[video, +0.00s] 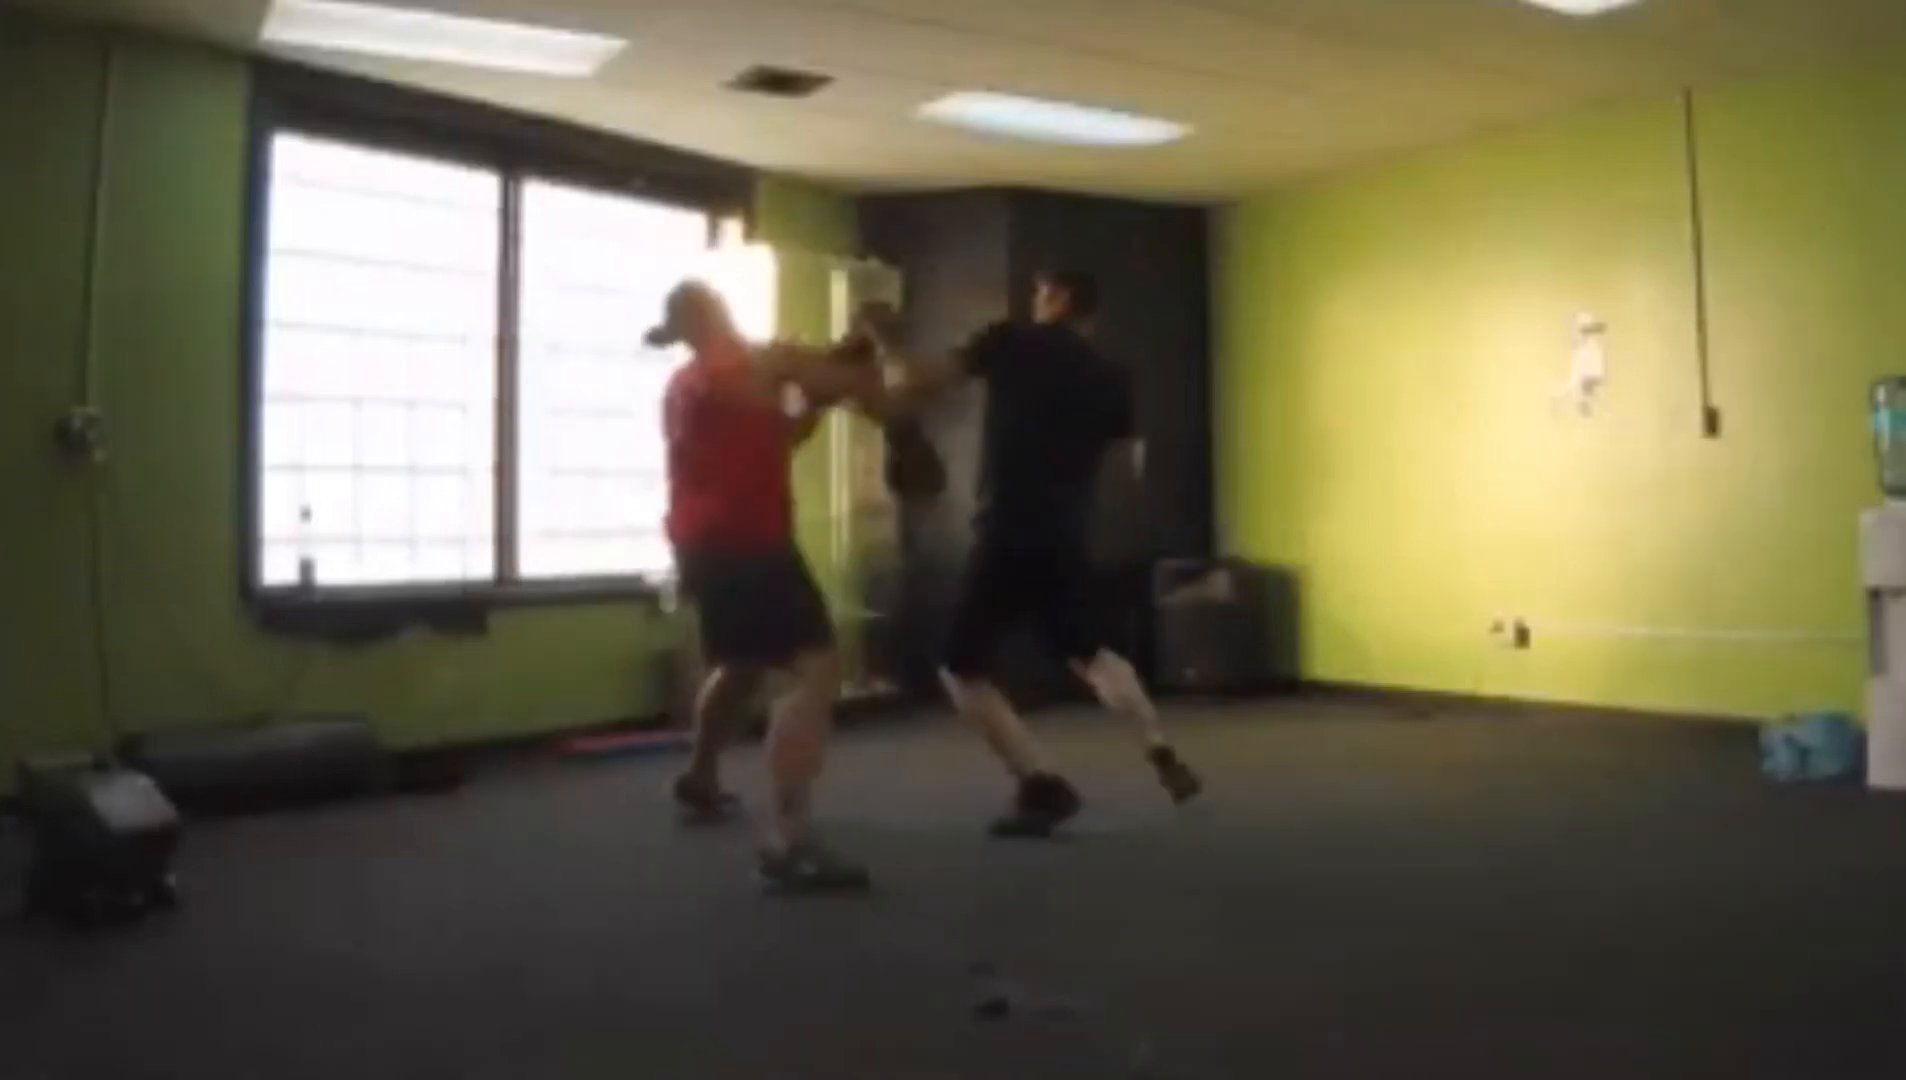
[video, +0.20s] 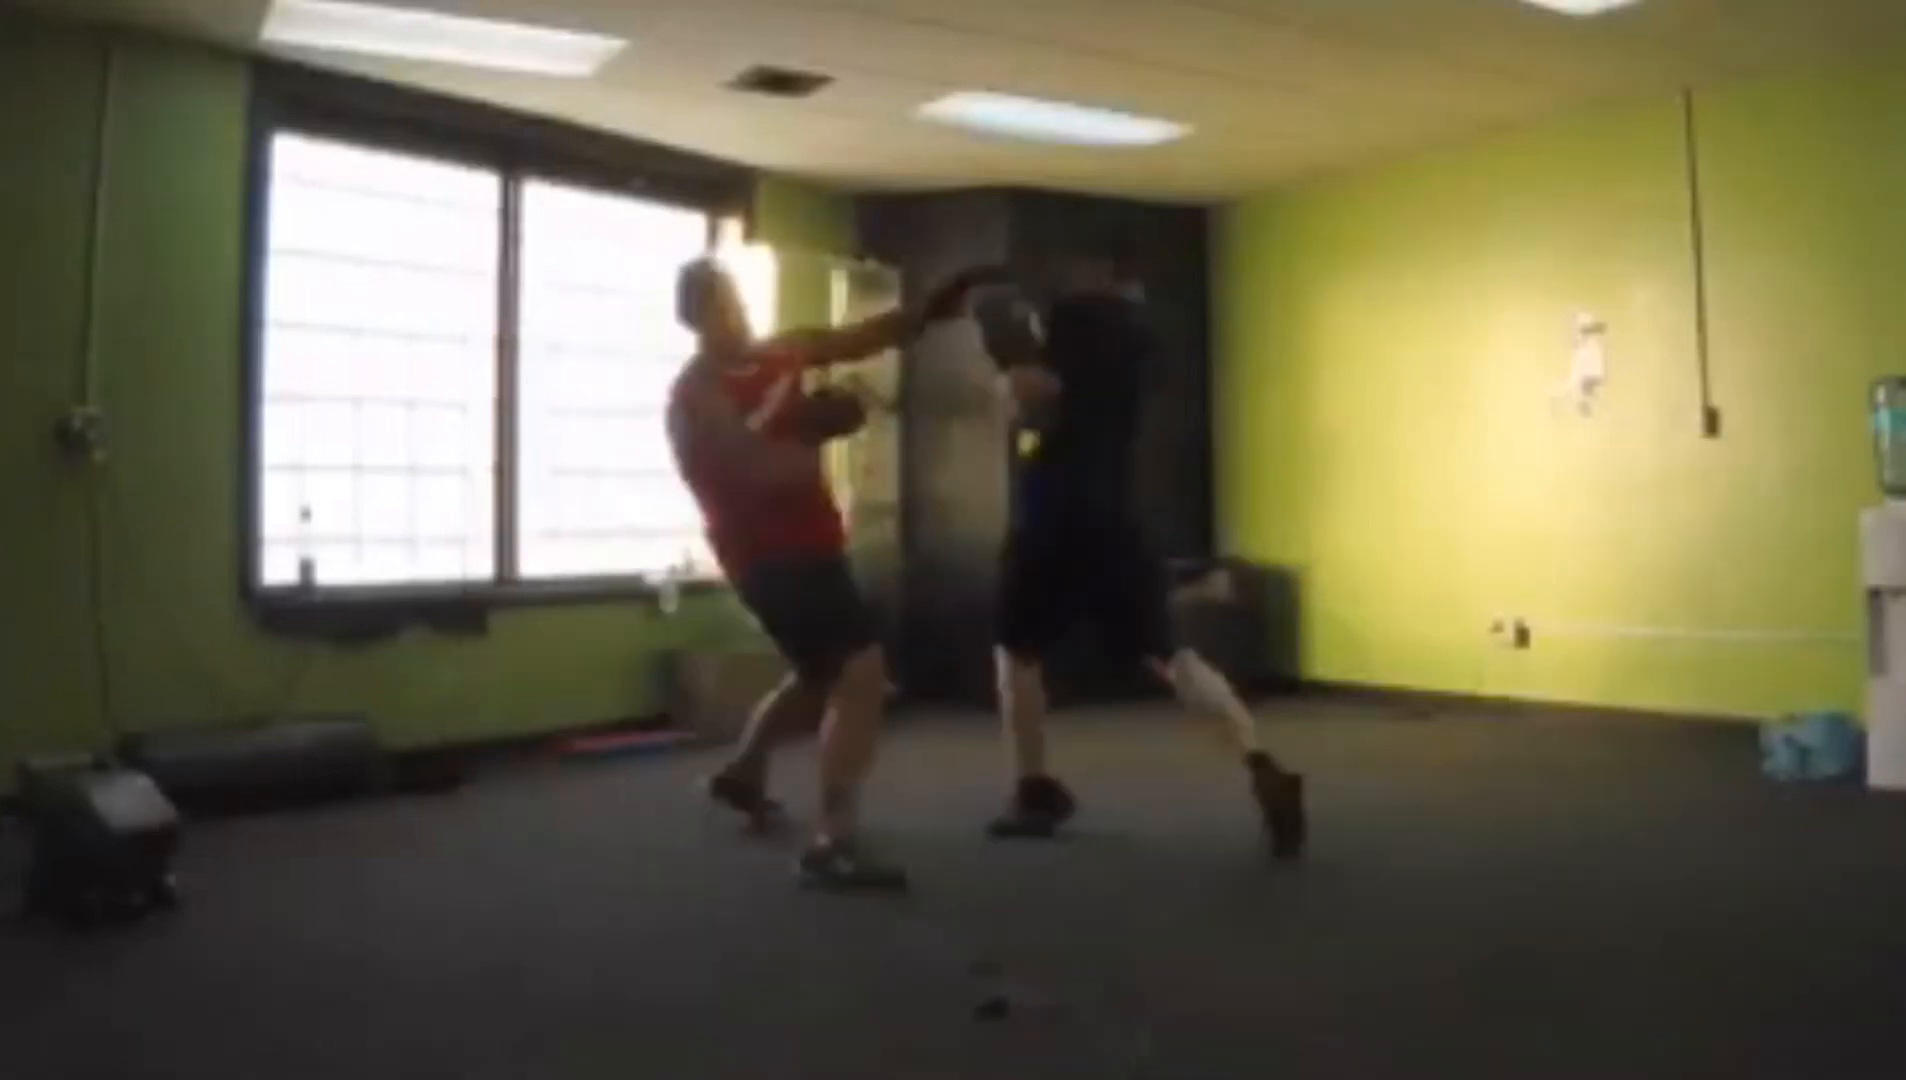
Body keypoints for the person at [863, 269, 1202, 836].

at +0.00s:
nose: (1036, 303)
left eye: (1042, 294)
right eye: (1041, 294)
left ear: (1054, 300)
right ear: (1088, 310)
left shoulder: (1010, 341)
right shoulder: (1107, 375)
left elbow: (928, 380)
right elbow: (1129, 470)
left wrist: (882, 347)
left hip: (1006, 531)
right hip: (1066, 533)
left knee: (961, 667)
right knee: (1087, 650)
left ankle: (1036, 782)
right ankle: (1156, 744)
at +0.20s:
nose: (1057, 283)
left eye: (1063, 271)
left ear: (1073, 279)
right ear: (1127, 283)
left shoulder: (1068, 332)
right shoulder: (1135, 342)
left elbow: (1028, 396)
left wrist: (990, 336)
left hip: (1050, 526)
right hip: (1117, 522)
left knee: (1017, 652)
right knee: (1167, 656)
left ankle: (1033, 790)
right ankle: (1260, 763)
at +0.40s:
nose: (1055, 309)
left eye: (1056, 300)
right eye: (1054, 300)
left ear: (1074, 290)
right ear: (1112, 274)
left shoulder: (1111, 318)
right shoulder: (1170, 328)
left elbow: (1011, 340)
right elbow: (1087, 383)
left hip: (1132, 524)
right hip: (1197, 525)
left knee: (1053, 640)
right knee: (1228, 681)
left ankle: (1058, 790)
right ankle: (1293, 825)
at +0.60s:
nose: (1049, 365)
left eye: (1050, 355)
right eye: (1050, 355)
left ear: (1063, 350)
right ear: (1105, 337)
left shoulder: (1096, 377)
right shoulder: (1184, 376)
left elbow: (1061, 463)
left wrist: (1016, 423)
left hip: (1160, 570)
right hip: (1235, 565)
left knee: (1056, 697)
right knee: (1291, 714)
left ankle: (1060, 852)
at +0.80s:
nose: (957, 478)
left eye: (952, 462)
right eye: (949, 464)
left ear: (968, 445)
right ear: (989, 422)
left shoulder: (1030, 464)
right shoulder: (1067, 442)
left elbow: (997, 555)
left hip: (1148, 607)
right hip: (1217, 593)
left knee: (1031, 721)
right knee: (1269, 735)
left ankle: (1047, 896)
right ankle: (1397, 828)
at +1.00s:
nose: (926, 518)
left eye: (919, 506)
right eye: (913, 509)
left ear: (930, 485)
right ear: (933, 462)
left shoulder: (989, 487)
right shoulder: (983, 461)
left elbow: (1010, 582)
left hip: (1130, 576)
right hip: (1175, 557)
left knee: (1036, 705)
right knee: (1203, 691)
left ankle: (1045, 894)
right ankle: (1317, 796)